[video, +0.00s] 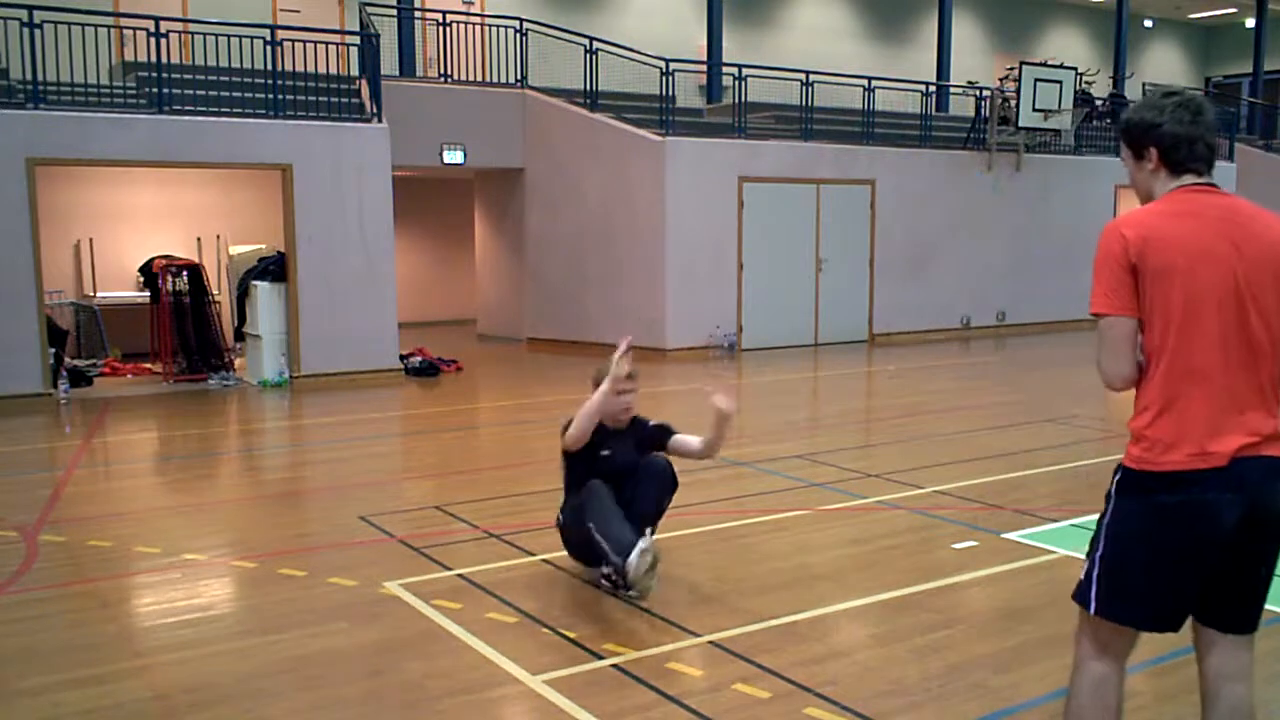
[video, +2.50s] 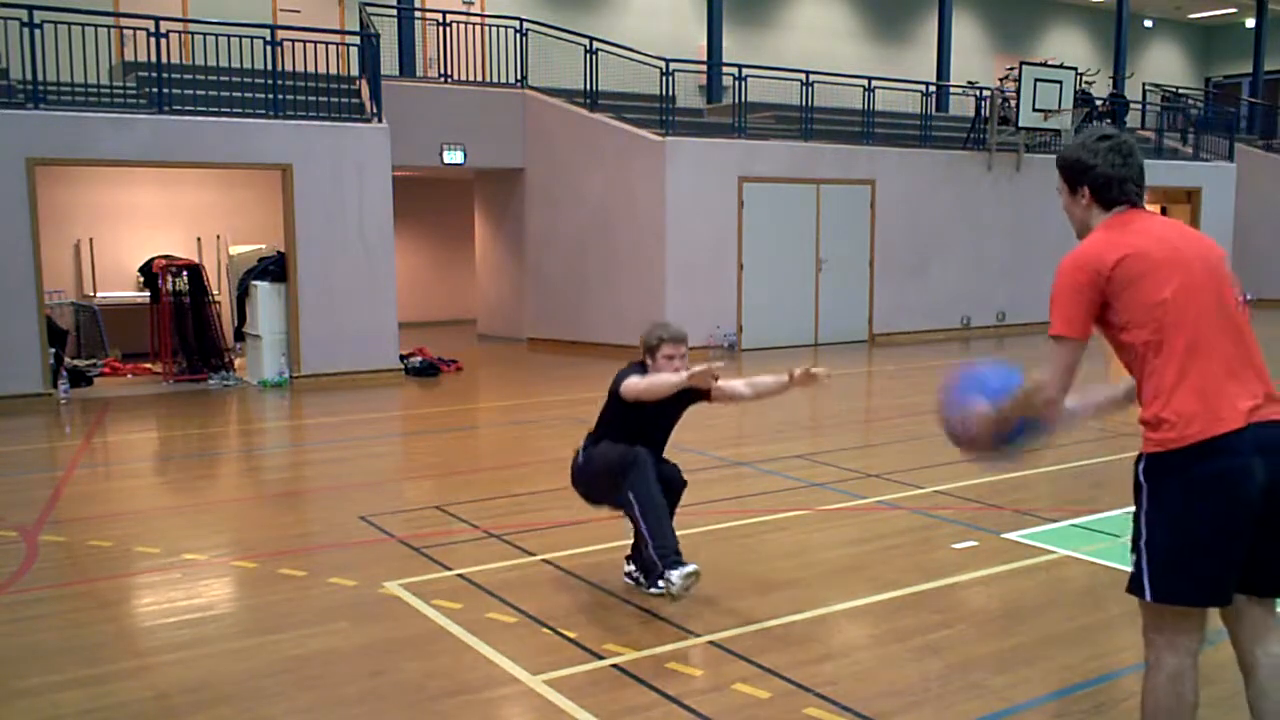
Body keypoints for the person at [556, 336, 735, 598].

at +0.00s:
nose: (628, 401)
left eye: (632, 392)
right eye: (619, 394)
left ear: (638, 393)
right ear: (598, 397)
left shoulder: (641, 431)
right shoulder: (580, 433)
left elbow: (704, 450)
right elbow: (573, 441)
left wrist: (721, 421)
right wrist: (609, 383)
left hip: (629, 531)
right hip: (584, 534)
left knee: (659, 467)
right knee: (594, 491)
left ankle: (618, 570)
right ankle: (630, 563)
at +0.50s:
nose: (515, 472)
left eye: (515, 469)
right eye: (506, 473)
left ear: (526, 473)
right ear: (497, 487)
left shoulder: (549, 493)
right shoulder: (502, 513)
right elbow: (473, 464)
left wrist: (591, 363)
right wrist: (460, 480)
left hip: (615, 520)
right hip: (574, 528)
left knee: (580, 440)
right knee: (538, 447)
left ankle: (602, 362)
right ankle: (558, 356)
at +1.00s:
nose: (499, 490)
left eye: (497, 490)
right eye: (492, 495)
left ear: (504, 490)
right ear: (491, 507)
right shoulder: (498, 523)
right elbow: (440, 487)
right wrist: (453, 520)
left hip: (590, 445)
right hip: (556, 449)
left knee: (525, 449)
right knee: (495, 467)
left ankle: (491, 391)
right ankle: (466, 398)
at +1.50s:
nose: (518, 475)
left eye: (519, 472)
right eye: (509, 474)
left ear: (527, 475)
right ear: (496, 490)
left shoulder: (549, 486)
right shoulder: (498, 512)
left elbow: (570, 453)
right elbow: (456, 480)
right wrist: (454, 496)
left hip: (609, 523)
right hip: (570, 531)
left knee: (581, 454)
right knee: (531, 450)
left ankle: (602, 408)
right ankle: (574, 399)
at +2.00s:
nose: (620, 400)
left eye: (623, 393)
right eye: (612, 393)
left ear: (627, 395)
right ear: (591, 395)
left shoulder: (636, 426)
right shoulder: (570, 423)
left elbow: (700, 438)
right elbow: (584, 445)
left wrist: (751, 435)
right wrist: (630, 435)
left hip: (623, 518)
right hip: (579, 527)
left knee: (646, 455)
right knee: (609, 521)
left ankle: (637, 562)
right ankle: (689, 575)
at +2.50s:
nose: (679, 365)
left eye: (683, 357)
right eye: (670, 358)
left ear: (688, 357)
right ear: (649, 358)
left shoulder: (689, 386)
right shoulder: (631, 376)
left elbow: (742, 390)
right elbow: (635, 391)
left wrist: (789, 381)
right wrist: (686, 380)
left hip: (642, 471)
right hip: (594, 470)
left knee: (671, 479)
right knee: (638, 461)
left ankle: (642, 563)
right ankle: (667, 568)